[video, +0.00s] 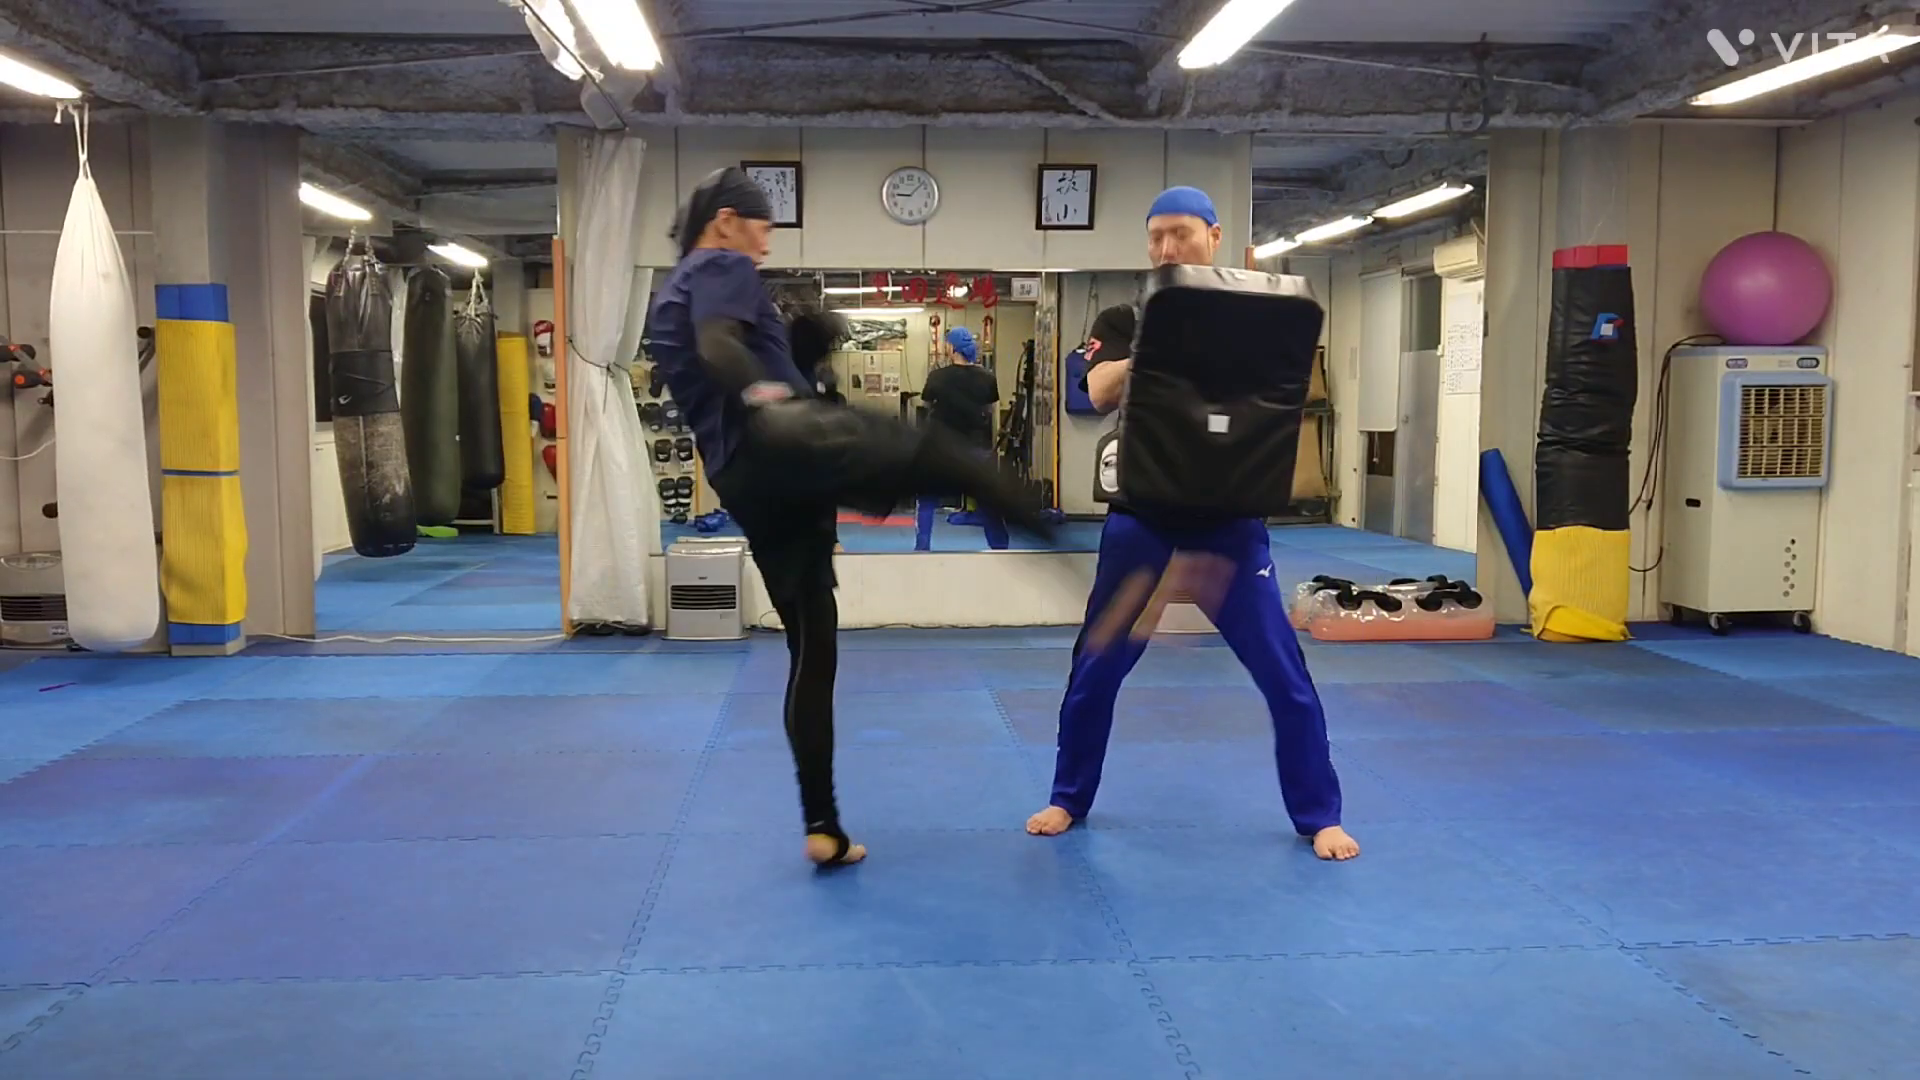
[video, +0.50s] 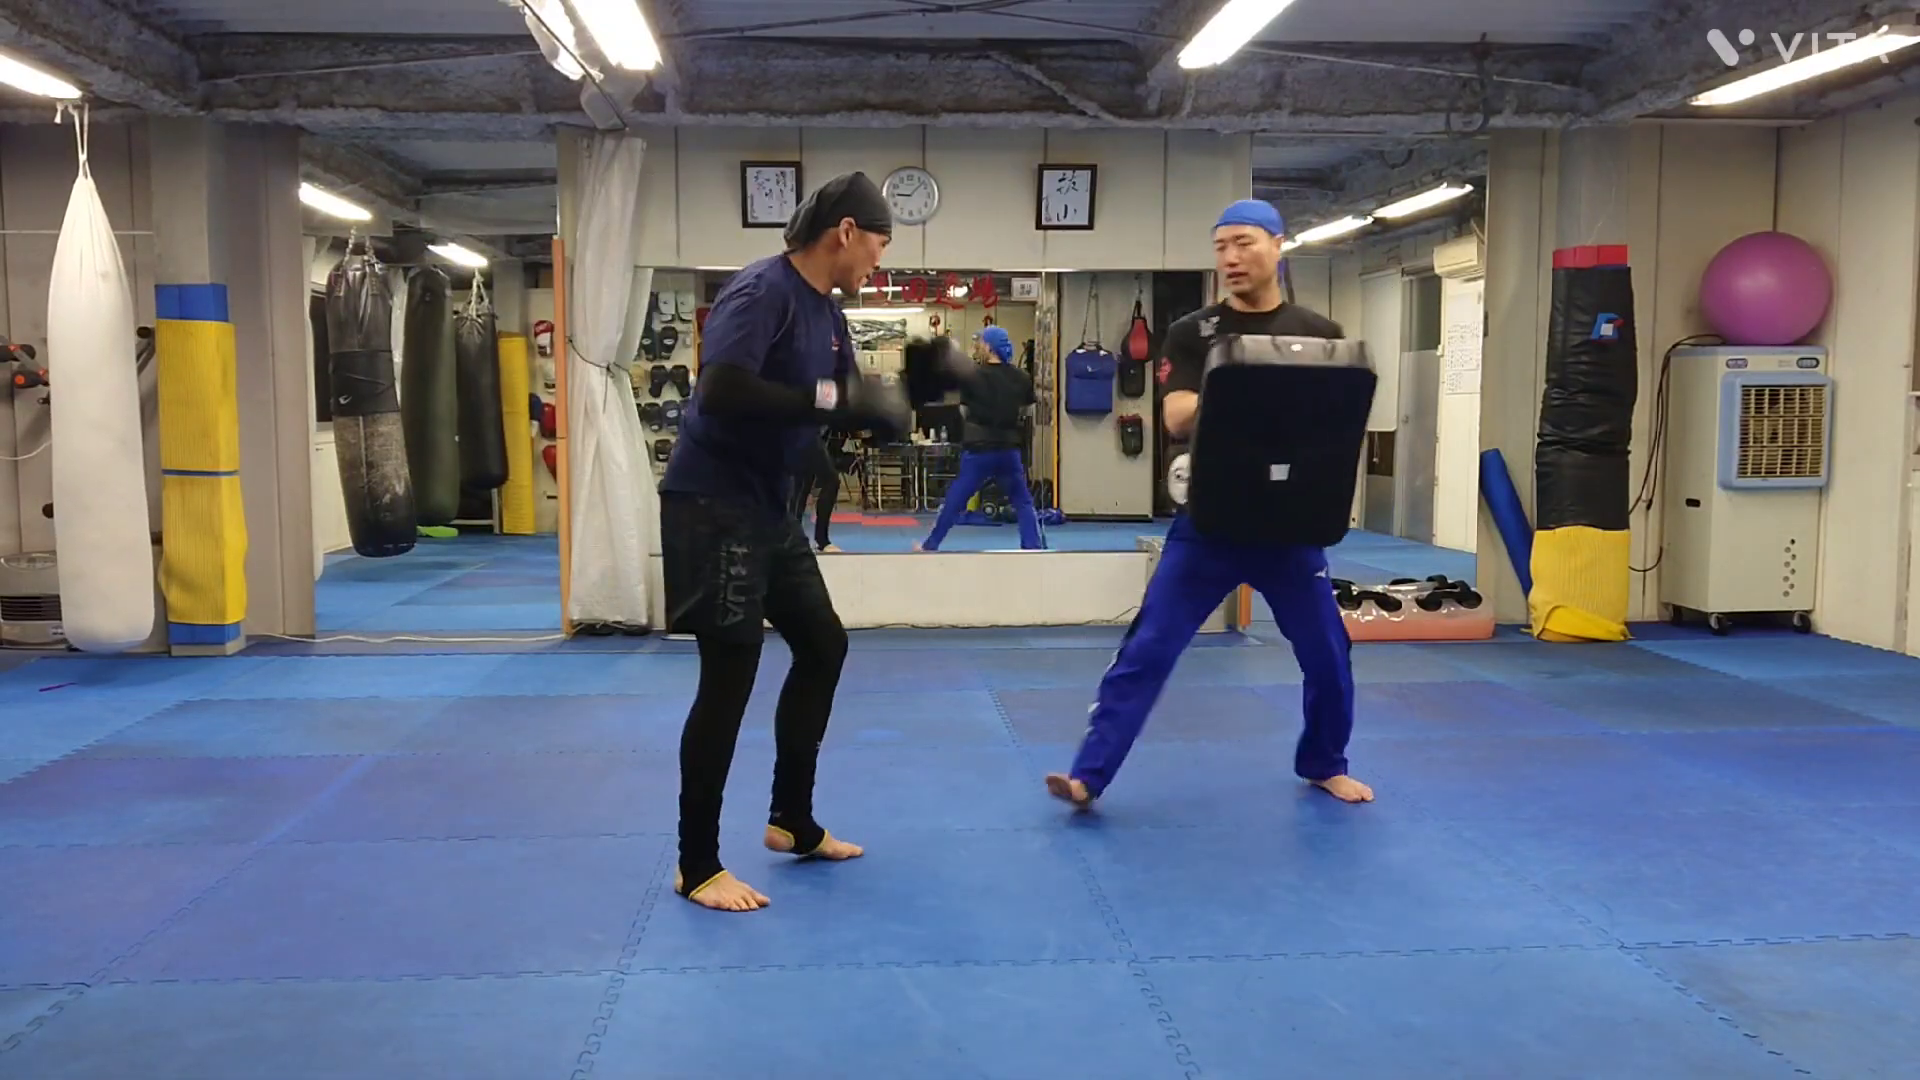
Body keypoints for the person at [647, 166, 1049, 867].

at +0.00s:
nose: (767, 249)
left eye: (768, 237)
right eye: (761, 235)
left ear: (711, 231)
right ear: (726, 223)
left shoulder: (673, 294)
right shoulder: (722, 264)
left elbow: (757, 374)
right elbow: (717, 338)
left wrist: (802, 350)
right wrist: (761, 386)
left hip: (749, 487)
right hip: (778, 440)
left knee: (813, 650)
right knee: (929, 448)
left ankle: (822, 828)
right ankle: (1031, 508)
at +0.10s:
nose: (784, 247)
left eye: (786, 234)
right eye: (780, 233)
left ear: (734, 229)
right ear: (744, 222)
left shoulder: (696, 293)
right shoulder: (741, 273)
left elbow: (725, 387)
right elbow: (746, 357)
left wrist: (803, 362)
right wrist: (819, 387)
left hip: (749, 491)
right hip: (792, 471)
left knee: (813, 657)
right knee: (945, 545)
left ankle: (813, 836)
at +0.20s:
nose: (819, 242)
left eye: (821, 229)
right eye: (814, 226)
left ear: (769, 220)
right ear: (776, 216)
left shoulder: (745, 282)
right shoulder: (758, 273)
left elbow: (794, 406)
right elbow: (781, 362)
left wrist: (861, 389)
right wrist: (891, 365)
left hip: (756, 489)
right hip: (769, 487)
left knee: (820, 654)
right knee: (852, 637)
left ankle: (807, 826)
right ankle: (806, 836)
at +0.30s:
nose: (852, 232)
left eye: (853, 219)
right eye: (845, 216)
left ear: (808, 214)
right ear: (807, 209)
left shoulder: (794, 286)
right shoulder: (765, 266)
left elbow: (808, 401)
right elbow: (777, 355)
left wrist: (887, 373)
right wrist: (874, 343)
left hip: (782, 493)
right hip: (745, 489)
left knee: (818, 649)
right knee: (770, 655)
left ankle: (803, 831)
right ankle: (704, 853)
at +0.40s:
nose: (869, 253)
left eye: (872, 239)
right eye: (868, 236)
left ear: (832, 222)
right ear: (833, 220)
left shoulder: (806, 299)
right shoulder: (767, 276)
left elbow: (810, 410)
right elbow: (746, 367)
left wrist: (896, 375)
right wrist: (837, 355)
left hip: (770, 507)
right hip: (718, 503)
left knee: (830, 634)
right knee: (720, 673)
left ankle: (796, 816)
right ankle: (695, 868)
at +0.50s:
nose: (879, 263)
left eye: (882, 250)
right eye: (876, 246)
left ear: (841, 237)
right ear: (841, 232)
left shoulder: (830, 316)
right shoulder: (760, 291)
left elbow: (851, 408)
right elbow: (719, 390)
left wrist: (918, 389)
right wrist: (826, 400)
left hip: (772, 514)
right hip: (714, 510)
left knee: (823, 648)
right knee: (726, 677)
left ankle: (791, 822)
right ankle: (697, 869)